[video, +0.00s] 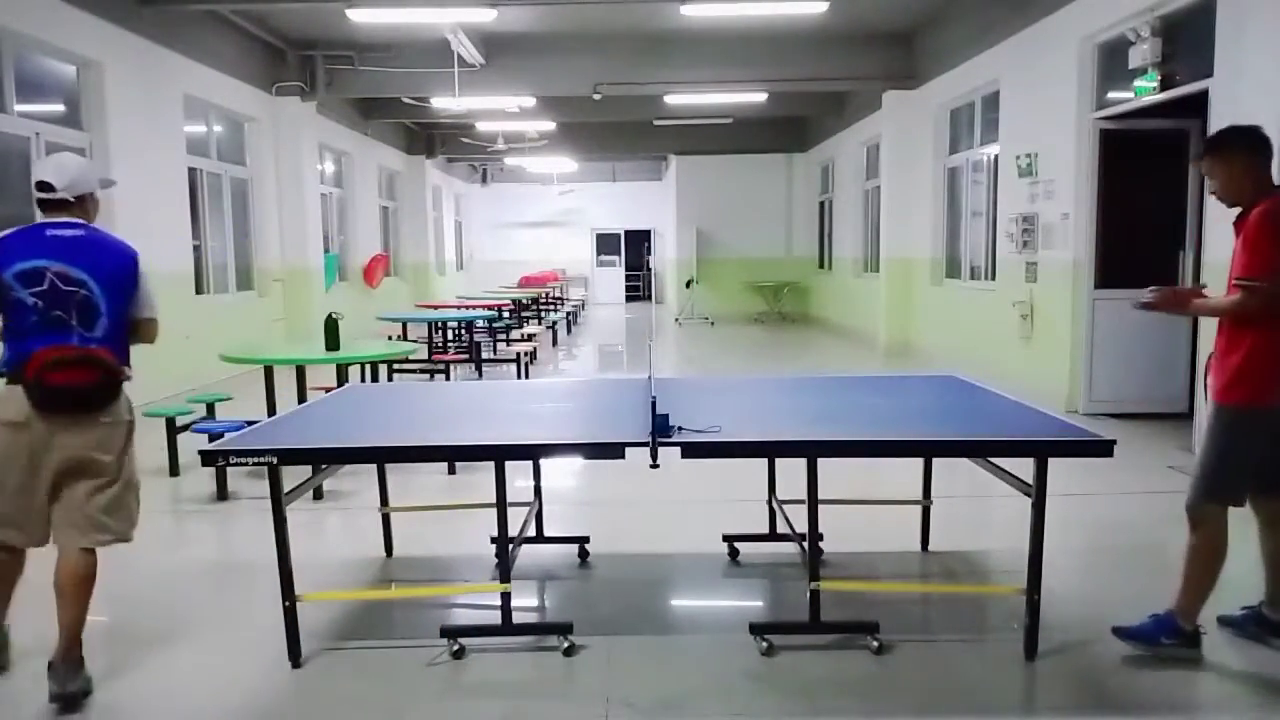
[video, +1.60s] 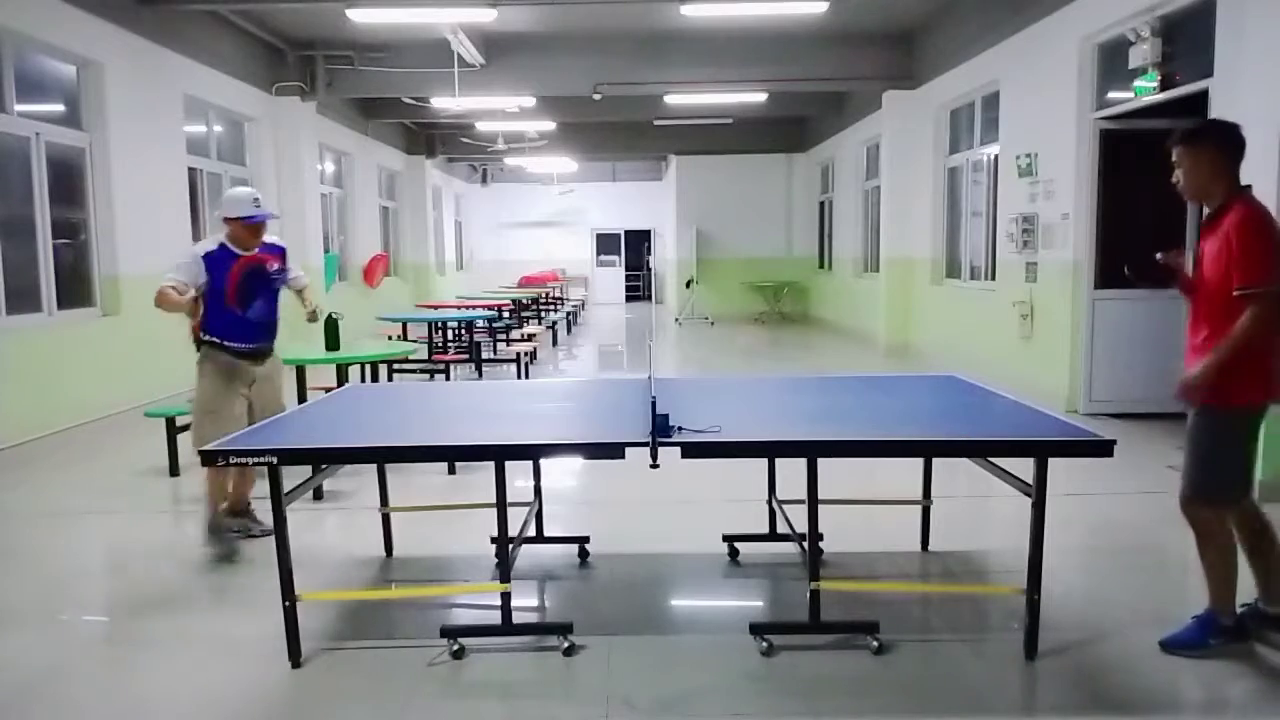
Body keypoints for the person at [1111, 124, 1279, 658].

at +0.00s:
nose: (1210, 187)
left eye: (1215, 174)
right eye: (1208, 176)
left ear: (1247, 167)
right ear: (1249, 170)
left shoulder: (1265, 220)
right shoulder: (1257, 218)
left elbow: (1254, 301)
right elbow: (1251, 299)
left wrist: (1190, 302)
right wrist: (1198, 298)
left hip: (1247, 395)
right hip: (1260, 393)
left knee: (1205, 507)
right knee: (1269, 502)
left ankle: (1182, 621)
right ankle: (1275, 610)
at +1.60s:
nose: (1175, 178)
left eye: (1182, 165)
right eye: (1175, 167)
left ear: (1217, 164)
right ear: (1212, 168)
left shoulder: (1246, 221)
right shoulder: (1222, 222)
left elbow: (1259, 310)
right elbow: (1221, 299)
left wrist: (1205, 371)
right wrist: (1185, 278)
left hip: (1232, 388)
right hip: (1229, 387)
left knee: (1202, 501)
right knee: (1235, 498)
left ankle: (1222, 616)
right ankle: (1272, 602)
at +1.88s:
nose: (1154, 177)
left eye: (1161, 166)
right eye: (1154, 167)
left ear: (1197, 165)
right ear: (1182, 169)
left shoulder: (1237, 224)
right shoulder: (1186, 227)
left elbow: (1267, 308)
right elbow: (1196, 297)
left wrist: (1268, 385)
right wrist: (1154, 295)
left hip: (1223, 392)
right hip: (1189, 387)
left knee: (1196, 498)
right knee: (1172, 481)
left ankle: (1224, 619)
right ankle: (1225, 578)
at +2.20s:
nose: (1137, 183)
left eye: (1145, 173)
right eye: (1137, 174)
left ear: (1181, 172)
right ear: (1159, 178)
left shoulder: (1224, 228)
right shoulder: (1163, 237)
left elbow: (1263, 301)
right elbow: (1170, 306)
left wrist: (1244, 368)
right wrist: (1130, 320)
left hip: (1218, 394)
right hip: (1179, 390)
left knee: (1203, 499)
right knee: (1174, 484)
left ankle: (1224, 618)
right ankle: (1193, 573)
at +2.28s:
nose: (1134, 184)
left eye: (1142, 174)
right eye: (1134, 175)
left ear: (1178, 174)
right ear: (1152, 181)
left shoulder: (1220, 227)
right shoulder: (1158, 237)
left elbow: (1260, 297)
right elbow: (1165, 303)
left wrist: (1233, 366)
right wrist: (1126, 324)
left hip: (1223, 390)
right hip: (1182, 386)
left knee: (1212, 494)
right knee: (1176, 480)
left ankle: (1227, 615)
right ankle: (1192, 573)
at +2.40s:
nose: (1130, 187)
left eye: (1137, 176)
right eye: (1129, 178)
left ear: (1170, 174)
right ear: (1150, 181)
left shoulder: (1214, 225)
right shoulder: (1161, 238)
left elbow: (1250, 294)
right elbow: (1168, 303)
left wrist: (1220, 362)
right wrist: (1130, 329)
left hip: (1229, 383)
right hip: (1188, 382)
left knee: (1217, 488)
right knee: (1181, 478)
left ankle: (1259, 604)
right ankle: (1192, 575)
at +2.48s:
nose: (1129, 190)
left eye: (1136, 179)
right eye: (1128, 181)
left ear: (1169, 175)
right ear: (1152, 182)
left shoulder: (1211, 224)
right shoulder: (1168, 235)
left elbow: (1242, 298)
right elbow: (1180, 306)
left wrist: (1215, 364)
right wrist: (1134, 334)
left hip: (1229, 385)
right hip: (1190, 384)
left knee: (1225, 493)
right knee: (1183, 479)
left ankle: (1266, 605)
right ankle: (1192, 575)